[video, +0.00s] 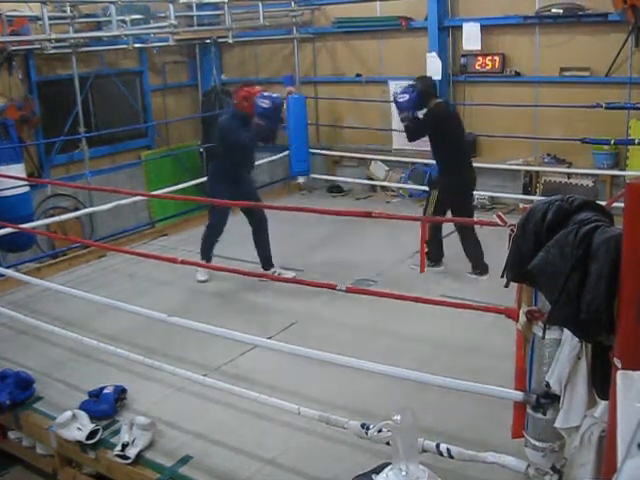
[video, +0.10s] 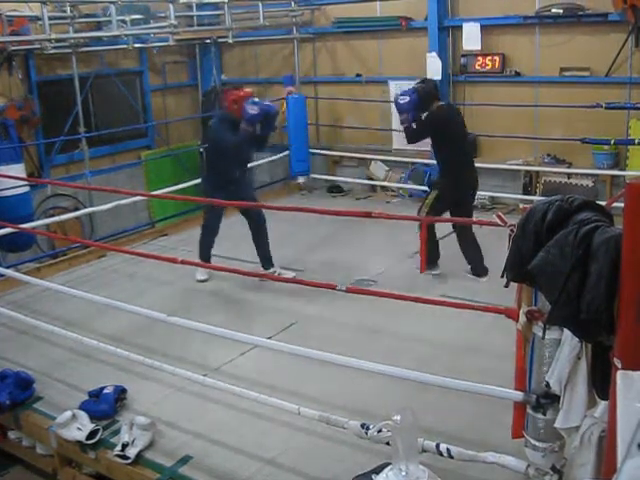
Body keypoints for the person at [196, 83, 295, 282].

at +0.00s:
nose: (256, 106)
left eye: (256, 102)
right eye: (252, 102)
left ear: (253, 104)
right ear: (242, 103)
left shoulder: (250, 121)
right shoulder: (227, 123)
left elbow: (268, 136)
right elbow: (245, 144)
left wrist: (279, 106)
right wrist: (256, 128)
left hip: (242, 179)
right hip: (221, 180)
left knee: (259, 220)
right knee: (216, 224)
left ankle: (268, 268)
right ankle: (204, 264)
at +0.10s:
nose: (245, 109)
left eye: (247, 104)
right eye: (241, 105)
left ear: (247, 106)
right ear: (231, 106)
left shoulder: (244, 124)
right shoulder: (218, 126)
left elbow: (259, 145)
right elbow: (232, 148)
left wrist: (267, 123)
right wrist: (246, 130)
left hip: (239, 183)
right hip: (217, 184)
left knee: (257, 220)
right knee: (211, 225)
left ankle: (268, 267)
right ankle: (204, 265)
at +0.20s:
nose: (243, 112)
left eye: (244, 107)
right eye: (239, 108)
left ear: (244, 107)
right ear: (228, 109)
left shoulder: (242, 123)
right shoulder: (212, 126)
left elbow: (255, 146)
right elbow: (218, 154)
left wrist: (263, 127)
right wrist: (238, 133)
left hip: (237, 180)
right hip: (213, 182)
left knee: (256, 219)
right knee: (208, 224)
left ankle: (269, 265)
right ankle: (203, 265)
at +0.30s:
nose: (241, 110)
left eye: (242, 106)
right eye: (237, 106)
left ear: (242, 107)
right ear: (226, 107)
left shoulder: (244, 123)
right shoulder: (211, 124)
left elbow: (256, 145)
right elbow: (213, 150)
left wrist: (264, 127)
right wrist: (234, 131)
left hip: (237, 181)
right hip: (213, 183)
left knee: (257, 218)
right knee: (206, 225)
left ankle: (266, 265)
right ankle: (203, 265)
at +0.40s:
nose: (242, 111)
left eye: (244, 107)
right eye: (238, 107)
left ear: (245, 108)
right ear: (227, 106)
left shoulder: (245, 123)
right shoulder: (213, 124)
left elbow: (259, 148)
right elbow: (213, 151)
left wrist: (265, 129)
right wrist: (234, 132)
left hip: (238, 181)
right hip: (215, 183)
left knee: (261, 215)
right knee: (208, 224)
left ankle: (269, 262)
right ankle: (202, 265)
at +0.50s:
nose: (247, 115)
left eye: (248, 111)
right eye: (243, 111)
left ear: (249, 112)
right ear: (232, 111)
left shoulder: (248, 125)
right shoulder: (216, 126)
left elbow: (265, 153)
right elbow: (215, 154)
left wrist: (265, 133)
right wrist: (236, 137)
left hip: (243, 183)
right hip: (219, 185)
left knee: (272, 215)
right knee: (211, 223)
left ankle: (282, 259)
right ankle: (202, 265)